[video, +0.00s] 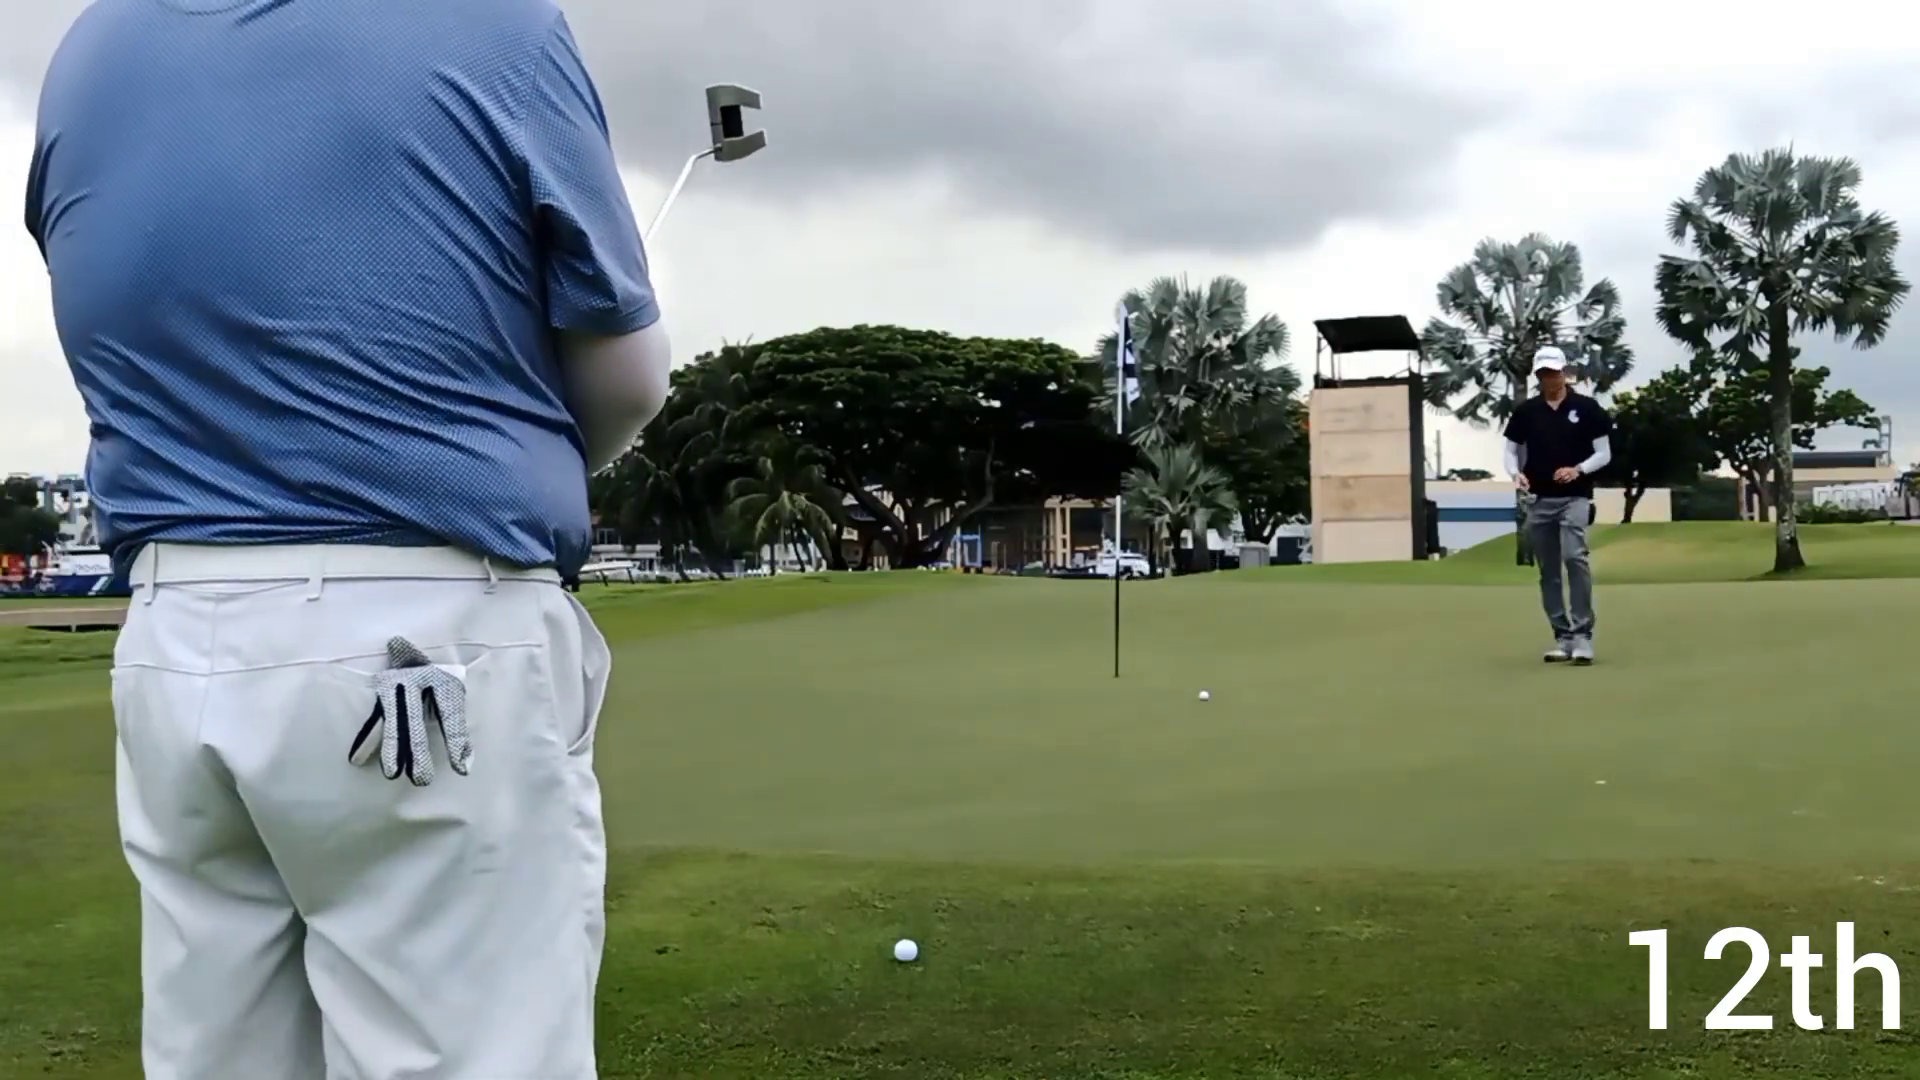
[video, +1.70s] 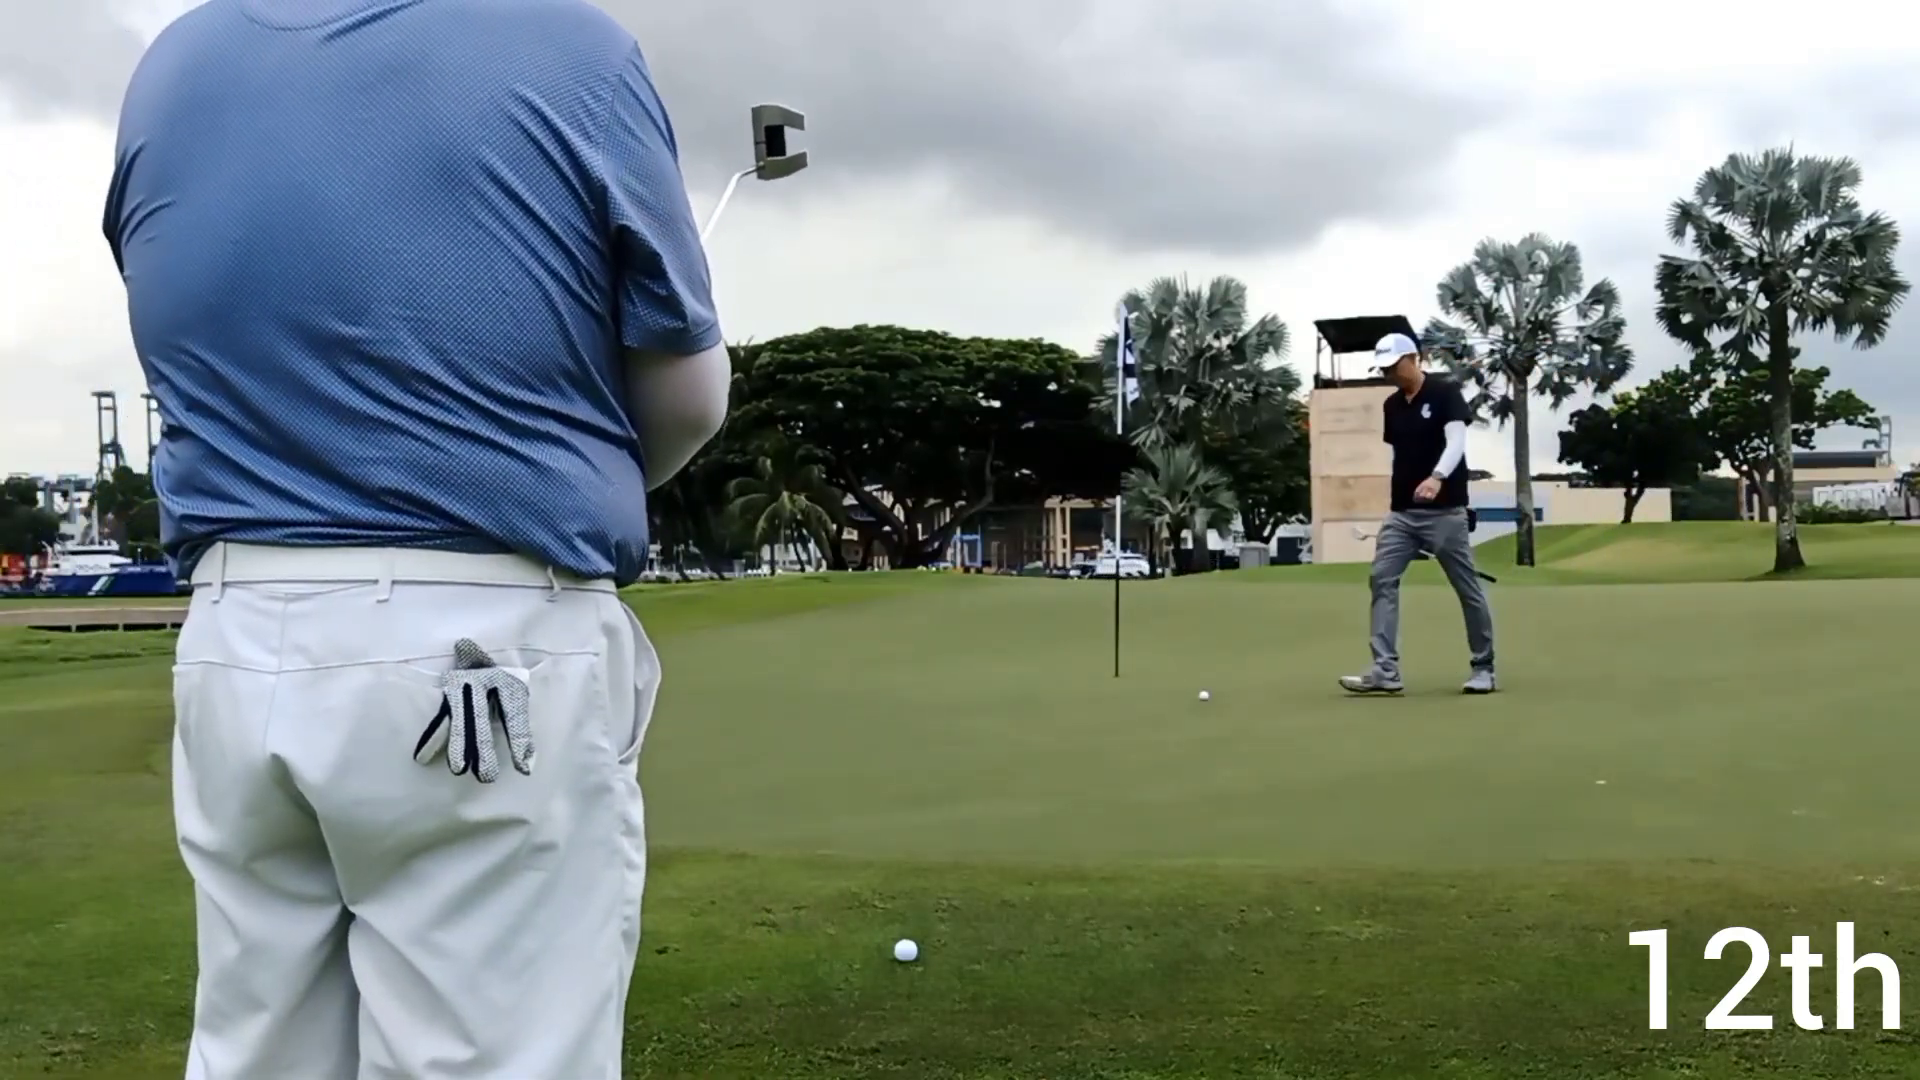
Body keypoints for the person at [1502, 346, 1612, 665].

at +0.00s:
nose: (1548, 378)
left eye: (1553, 372)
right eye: (1543, 373)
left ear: (1564, 373)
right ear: (1536, 377)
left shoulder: (1587, 408)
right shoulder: (1525, 412)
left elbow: (1603, 453)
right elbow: (1510, 451)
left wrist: (1578, 470)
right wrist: (1515, 473)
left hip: (1575, 499)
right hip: (1540, 501)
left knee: (1574, 558)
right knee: (1548, 571)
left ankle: (1582, 635)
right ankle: (1562, 638)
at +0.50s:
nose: (1508, 376)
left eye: (1514, 369)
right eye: (1505, 370)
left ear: (1532, 367)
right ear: (1504, 371)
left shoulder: (1556, 402)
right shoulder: (1501, 407)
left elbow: (1580, 450)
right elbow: (1492, 455)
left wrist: (1551, 466)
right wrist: (1482, 500)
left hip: (1544, 507)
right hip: (1504, 505)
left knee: (1551, 577)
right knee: (1495, 565)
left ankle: (1552, 647)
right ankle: (1516, 640)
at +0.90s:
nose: (1482, 369)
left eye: (1486, 362)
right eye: (1474, 364)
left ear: (1494, 363)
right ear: (1462, 370)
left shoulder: (1515, 402)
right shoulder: (1451, 410)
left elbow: (1527, 454)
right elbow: (1444, 464)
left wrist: (1526, 500)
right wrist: (1440, 510)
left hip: (1505, 507)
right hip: (1463, 509)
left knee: (1509, 574)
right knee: (1464, 584)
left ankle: (1529, 632)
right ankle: (1474, 658)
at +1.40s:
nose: (1435, 374)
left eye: (1441, 366)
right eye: (1430, 368)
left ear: (1458, 364)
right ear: (1425, 370)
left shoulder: (1487, 406)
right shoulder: (1420, 414)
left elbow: (1513, 458)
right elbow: (1409, 466)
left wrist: (1539, 504)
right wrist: (1390, 513)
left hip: (1477, 511)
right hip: (1436, 517)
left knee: (1476, 578)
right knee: (1434, 593)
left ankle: (1486, 665)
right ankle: (1463, 640)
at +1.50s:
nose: (1423, 371)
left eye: (1428, 363)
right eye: (1417, 365)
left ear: (1447, 358)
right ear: (1413, 366)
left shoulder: (1476, 399)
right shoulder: (1412, 406)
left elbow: (1499, 455)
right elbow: (1405, 462)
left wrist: (1513, 505)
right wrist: (1396, 512)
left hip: (1467, 510)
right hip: (1424, 514)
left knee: (1475, 586)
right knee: (1418, 585)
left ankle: (1485, 667)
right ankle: (1454, 640)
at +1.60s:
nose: (1405, 369)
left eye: (1410, 362)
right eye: (1401, 363)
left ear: (1431, 357)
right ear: (1401, 363)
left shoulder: (1464, 394)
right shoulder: (1404, 402)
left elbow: (1479, 445)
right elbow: (1400, 459)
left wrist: (1477, 494)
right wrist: (1398, 509)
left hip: (1454, 510)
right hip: (1413, 512)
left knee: (1473, 588)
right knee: (1396, 575)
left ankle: (1484, 667)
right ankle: (1431, 658)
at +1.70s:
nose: (1385, 373)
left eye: (1390, 366)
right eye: (1382, 368)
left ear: (1412, 359)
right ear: (1386, 368)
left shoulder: (1445, 393)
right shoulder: (1392, 405)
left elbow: (1456, 445)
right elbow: (1399, 456)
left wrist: (1436, 478)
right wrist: (1396, 502)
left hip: (1445, 516)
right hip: (1402, 516)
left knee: (1468, 590)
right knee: (1382, 579)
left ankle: (1483, 669)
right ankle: (1385, 670)